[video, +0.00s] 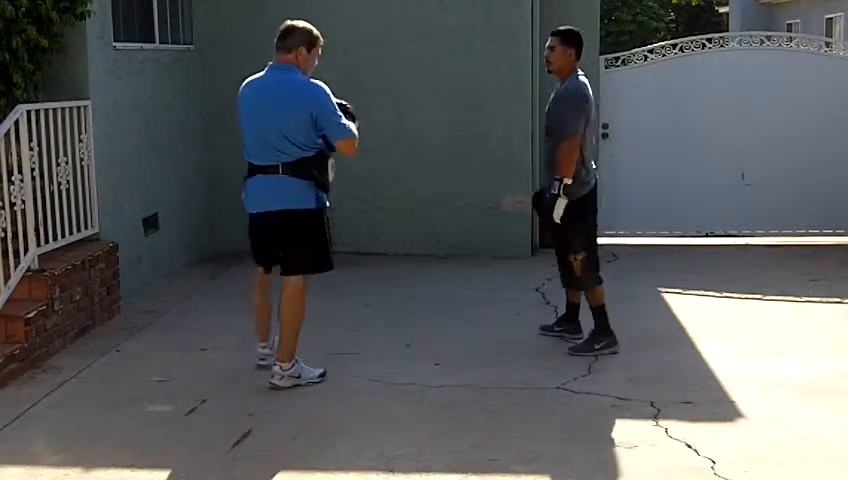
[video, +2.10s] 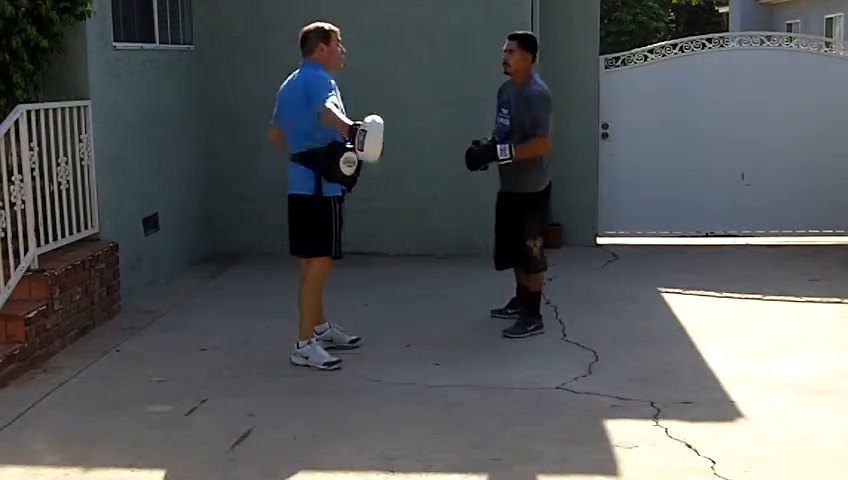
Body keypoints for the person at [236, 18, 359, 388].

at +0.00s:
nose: (317, 62)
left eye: (317, 55)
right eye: (316, 54)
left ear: (280, 50)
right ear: (303, 52)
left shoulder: (248, 88)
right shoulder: (312, 91)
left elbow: (259, 136)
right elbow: (348, 146)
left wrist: (316, 116)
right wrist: (347, 118)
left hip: (258, 195)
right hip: (299, 197)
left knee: (264, 270)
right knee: (294, 279)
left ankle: (264, 347)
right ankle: (285, 365)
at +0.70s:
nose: (328, 57)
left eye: (328, 51)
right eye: (324, 50)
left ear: (300, 52)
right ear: (303, 51)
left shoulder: (286, 81)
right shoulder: (290, 86)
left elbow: (306, 133)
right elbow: (306, 138)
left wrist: (342, 123)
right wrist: (342, 117)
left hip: (285, 189)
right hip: (296, 191)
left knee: (294, 263)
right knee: (313, 264)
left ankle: (290, 340)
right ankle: (303, 342)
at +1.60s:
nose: (335, 51)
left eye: (334, 45)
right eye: (330, 45)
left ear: (312, 51)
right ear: (310, 51)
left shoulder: (314, 84)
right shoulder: (287, 91)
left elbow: (322, 136)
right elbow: (283, 149)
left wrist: (352, 134)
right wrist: (323, 165)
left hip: (320, 189)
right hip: (302, 193)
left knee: (322, 260)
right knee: (312, 262)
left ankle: (319, 330)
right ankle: (304, 345)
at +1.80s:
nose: (345, 53)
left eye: (343, 46)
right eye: (340, 46)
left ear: (320, 51)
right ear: (321, 50)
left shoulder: (318, 83)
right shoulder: (298, 88)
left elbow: (326, 133)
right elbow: (279, 138)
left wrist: (353, 145)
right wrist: (279, 184)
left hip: (326, 190)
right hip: (311, 192)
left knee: (322, 261)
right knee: (316, 263)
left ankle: (319, 330)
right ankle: (304, 344)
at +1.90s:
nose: (345, 52)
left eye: (344, 46)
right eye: (341, 45)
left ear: (319, 49)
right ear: (325, 48)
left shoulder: (318, 82)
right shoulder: (305, 84)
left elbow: (314, 133)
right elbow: (288, 134)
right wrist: (284, 174)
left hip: (325, 189)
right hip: (313, 191)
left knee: (322, 260)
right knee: (317, 262)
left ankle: (318, 329)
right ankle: (305, 344)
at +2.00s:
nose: (345, 52)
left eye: (343, 46)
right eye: (341, 46)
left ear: (313, 50)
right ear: (325, 48)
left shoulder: (294, 82)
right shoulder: (316, 81)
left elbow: (282, 131)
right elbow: (306, 127)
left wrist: (303, 154)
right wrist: (317, 159)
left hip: (306, 190)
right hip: (318, 192)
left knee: (314, 261)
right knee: (319, 262)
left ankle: (318, 329)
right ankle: (305, 344)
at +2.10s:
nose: (343, 52)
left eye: (342, 46)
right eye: (339, 46)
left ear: (311, 51)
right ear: (322, 49)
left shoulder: (289, 84)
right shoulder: (321, 79)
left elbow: (274, 134)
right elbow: (328, 113)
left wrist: (306, 153)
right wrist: (355, 130)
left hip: (301, 187)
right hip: (320, 188)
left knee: (312, 261)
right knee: (319, 262)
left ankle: (318, 329)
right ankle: (305, 344)